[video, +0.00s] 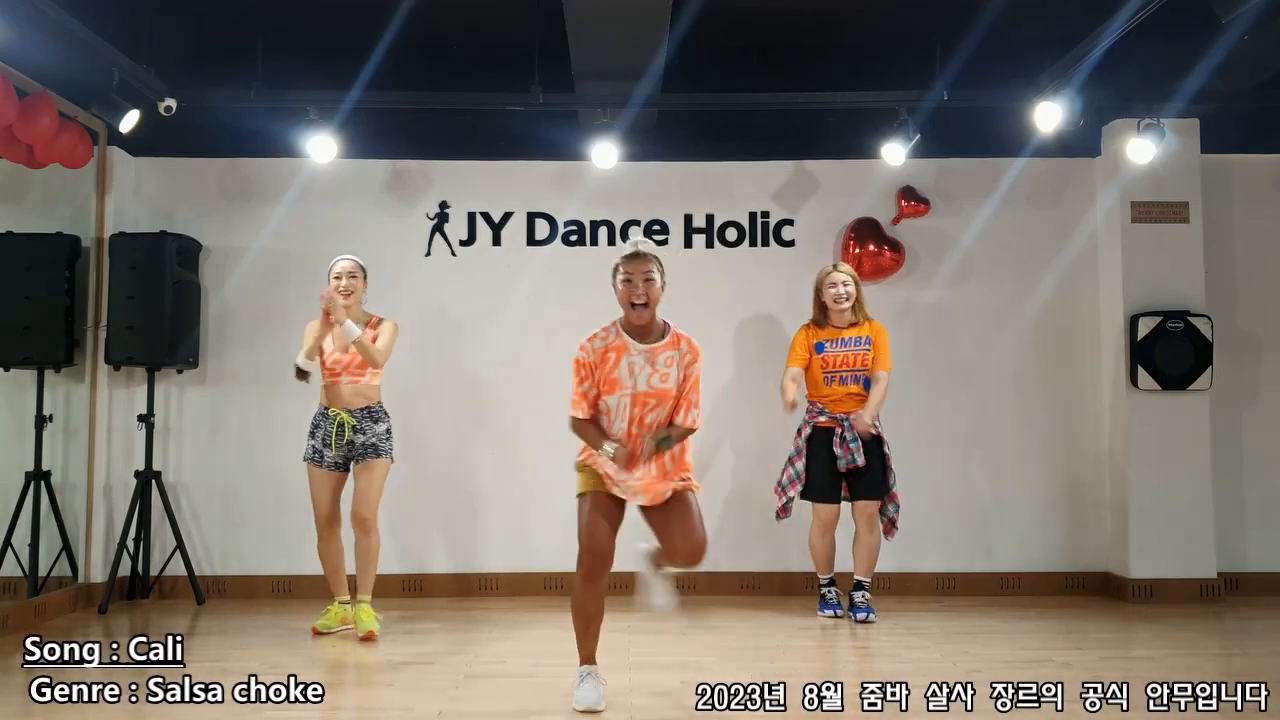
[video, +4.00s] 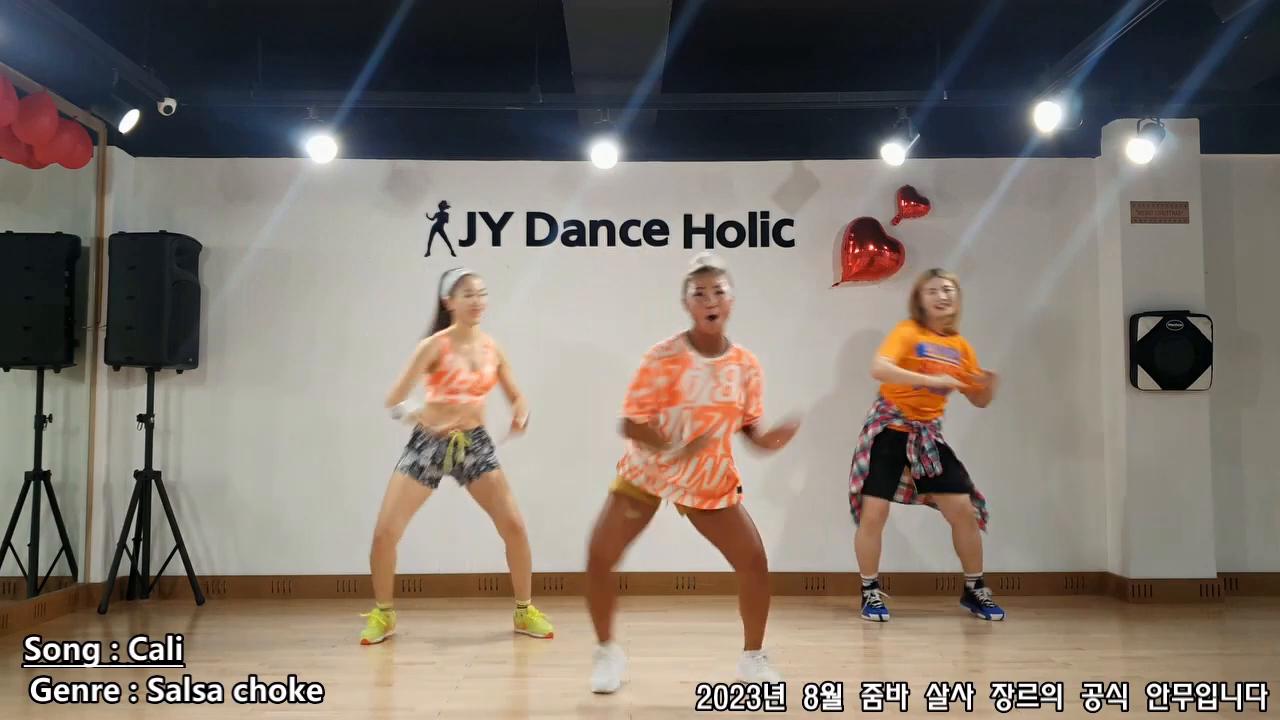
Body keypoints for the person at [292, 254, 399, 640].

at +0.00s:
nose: (344, 282)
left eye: (353, 276)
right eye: (338, 276)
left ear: (364, 287)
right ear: (328, 287)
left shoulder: (382, 326)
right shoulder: (318, 327)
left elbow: (377, 359)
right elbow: (303, 372)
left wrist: (343, 320)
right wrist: (308, 355)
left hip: (371, 425)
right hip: (328, 426)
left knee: (363, 518)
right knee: (326, 520)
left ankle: (365, 605)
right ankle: (341, 604)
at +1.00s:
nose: (334, 298)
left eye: (343, 291)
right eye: (328, 291)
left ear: (360, 297)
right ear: (323, 298)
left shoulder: (379, 332)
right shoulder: (329, 345)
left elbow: (416, 362)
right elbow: (301, 383)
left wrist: (377, 361)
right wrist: (293, 375)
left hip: (396, 433)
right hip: (358, 438)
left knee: (413, 523)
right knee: (327, 522)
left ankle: (446, 595)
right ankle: (342, 605)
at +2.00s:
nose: (506, 292)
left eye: (512, 286)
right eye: (498, 287)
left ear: (518, 294)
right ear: (484, 295)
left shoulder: (524, 334)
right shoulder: (473, 330)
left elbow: (569, 341)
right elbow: (499, 338)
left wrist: (602, 333)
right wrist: (552, 328)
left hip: (488, 434)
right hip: (446, 426)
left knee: (515, 516)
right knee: (396, 514)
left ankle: (520, 605)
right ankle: (358, 588)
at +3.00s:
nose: (290, 279)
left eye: (297, 274)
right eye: (291, 273)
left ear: (318, 282)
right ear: (297, 282)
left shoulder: (338, 316)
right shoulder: (298, 322)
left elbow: (349, 288)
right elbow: (257, 313)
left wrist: (319, 262)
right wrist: (245, 284)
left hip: (362, 418)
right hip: (324, 427)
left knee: (403, 508)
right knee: (294, 517)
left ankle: (447, 589)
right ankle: (279, 607)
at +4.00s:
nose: (478, 301)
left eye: (481, 294)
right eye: (468, 295)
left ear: (487, 300)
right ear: (449, 303)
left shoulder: (490, 348)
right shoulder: (434, 346)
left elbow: (516, 396)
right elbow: (394, 400)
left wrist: (520, 415)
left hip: (474, 443)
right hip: (430, 444)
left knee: (514, 526)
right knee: (385, 532)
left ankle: (524, 610)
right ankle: (383, 612)